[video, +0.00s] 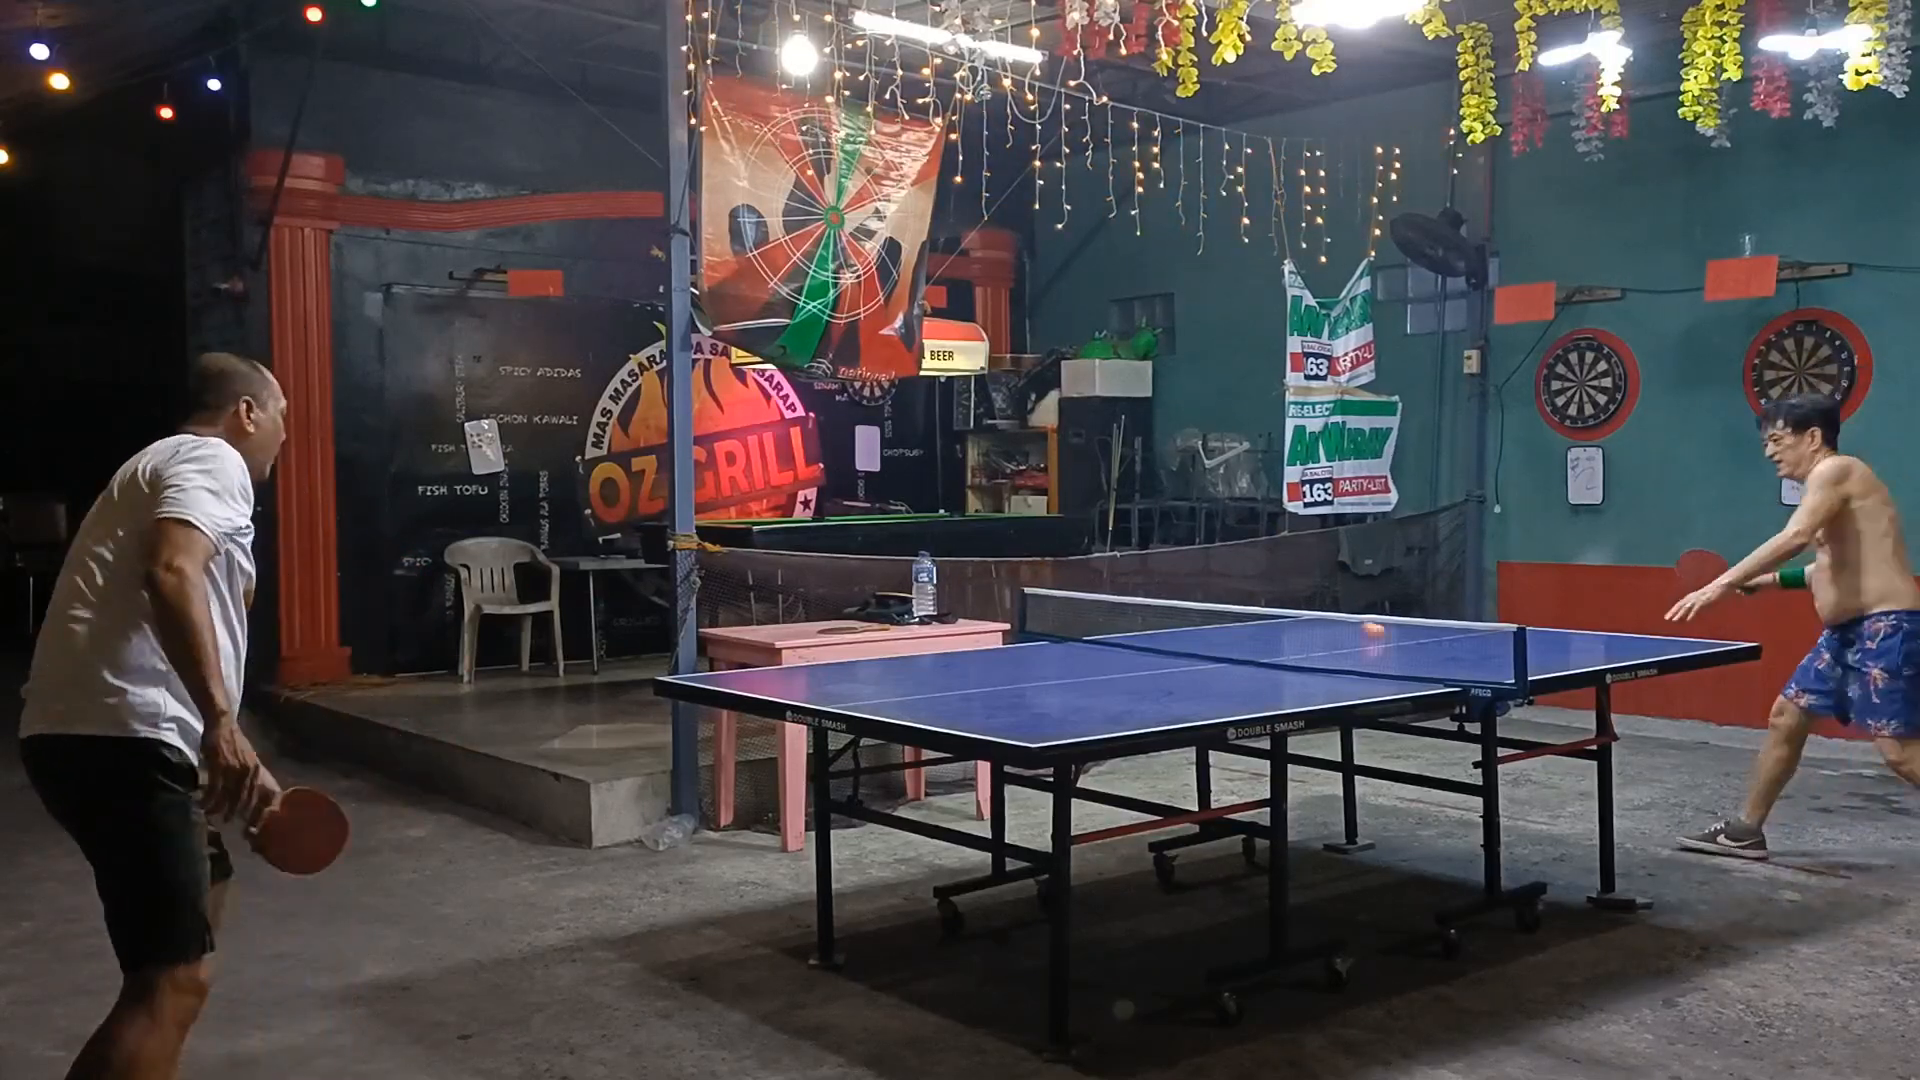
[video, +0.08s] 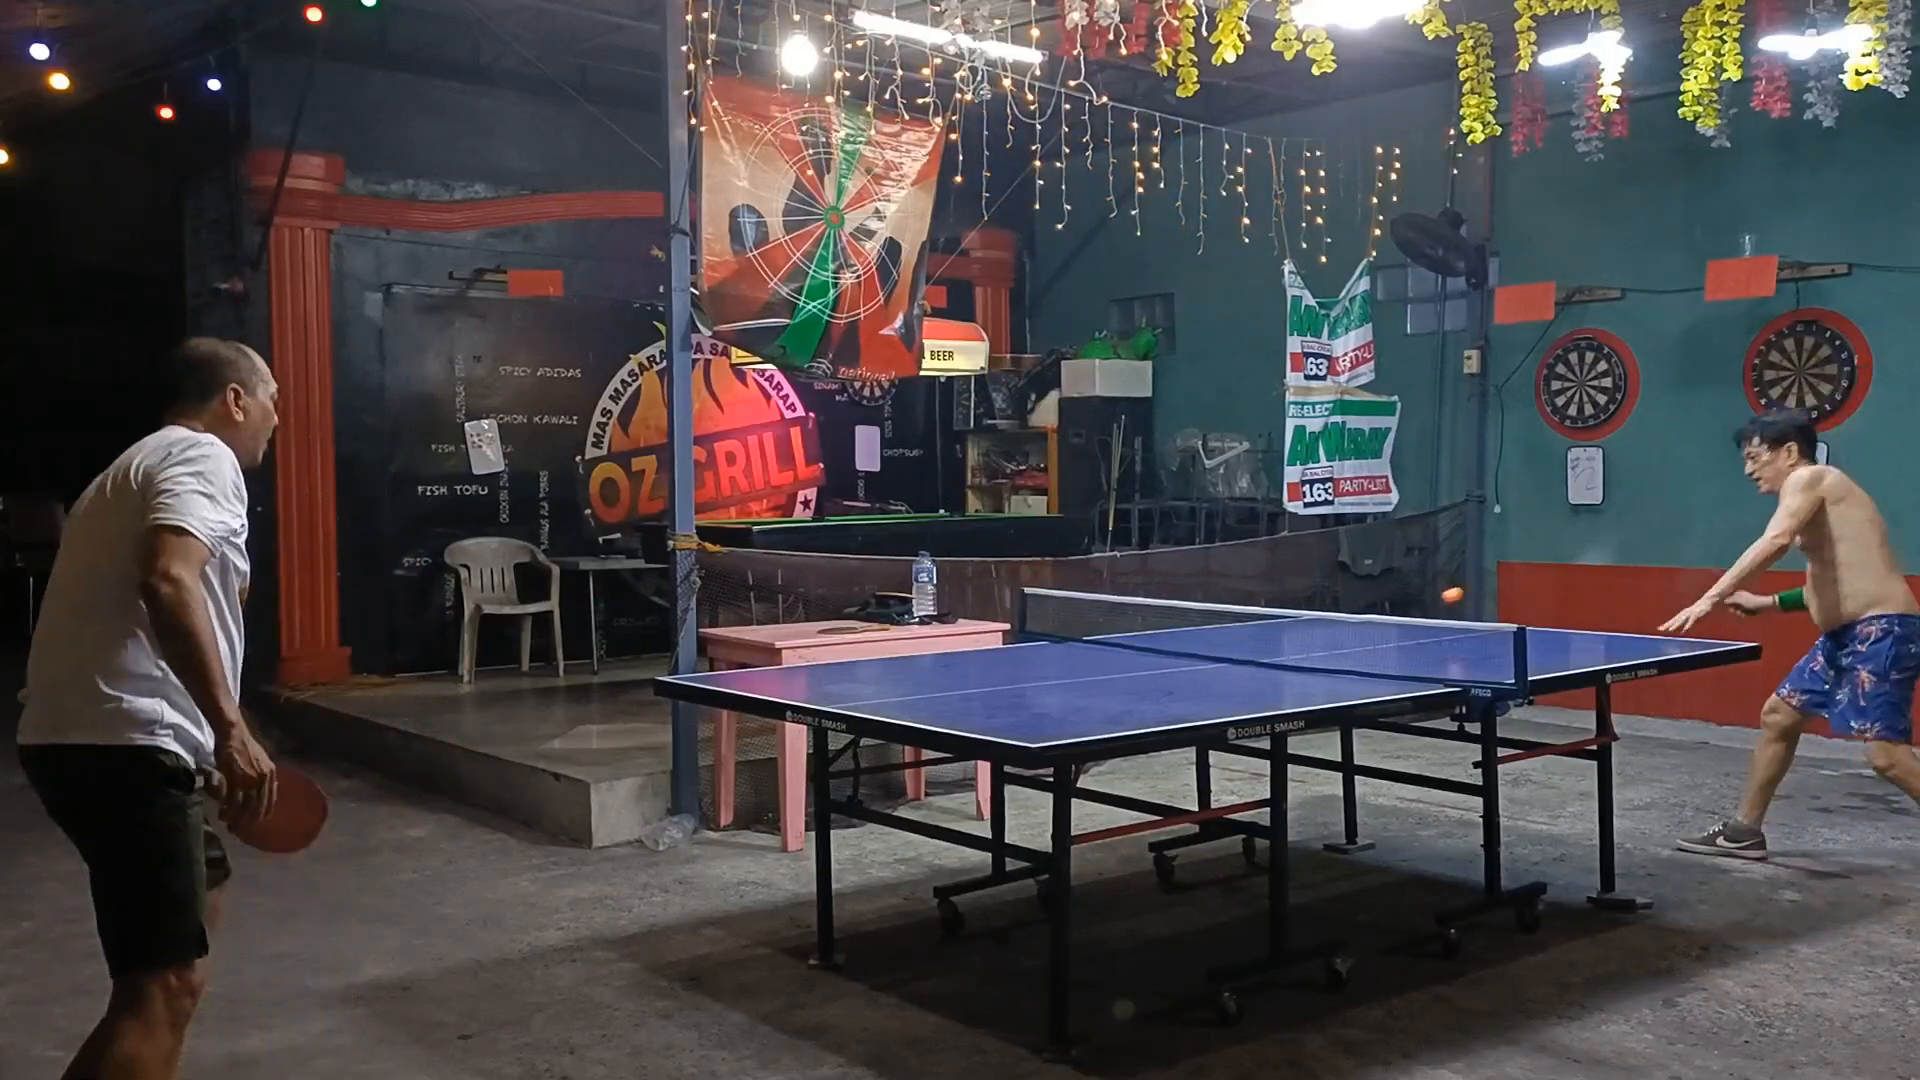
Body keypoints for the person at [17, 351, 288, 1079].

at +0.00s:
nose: (282, 439)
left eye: (283, 422)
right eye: (280, 420)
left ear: (210, 413)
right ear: (247, 413)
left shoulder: (151, 470)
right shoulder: (212, 460)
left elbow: (176, 658)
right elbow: (172, 572)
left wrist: (241, 770)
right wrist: (221, 721)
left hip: (78, 728)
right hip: (125, 732)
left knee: (173, 964)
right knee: (174, 981)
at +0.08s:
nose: (275, 421)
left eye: (276, 405)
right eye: (271, 404)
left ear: (194, 403)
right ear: (234, 402)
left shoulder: (131, 467)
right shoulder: (198, 455)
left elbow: (136, 641)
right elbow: (171, 581)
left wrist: (213, 760)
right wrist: (232, 725)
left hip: (77, 731)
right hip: (127, 737)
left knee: (205, 896)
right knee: (164, 988)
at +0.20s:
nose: (263, 376)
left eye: (266, 359)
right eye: (261, 358)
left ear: (185, 353)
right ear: (221, 352)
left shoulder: (114, 424)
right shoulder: (186, 414)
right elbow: (151, 552)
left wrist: (198, 716)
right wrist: (220, 692)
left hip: (56, 702)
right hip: (108, 707)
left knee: (133, 944)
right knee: (170, 950)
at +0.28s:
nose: (264, 363)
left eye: (265, 346)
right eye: (259, 344)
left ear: (189, 343)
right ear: (216, 343)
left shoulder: (123, 408)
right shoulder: (178, 405)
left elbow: (104, 577)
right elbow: (136, 547)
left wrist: (192, 701)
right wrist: (211, 681)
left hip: (55, 695)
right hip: (99, 701)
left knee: (125, 924)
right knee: (179, 939)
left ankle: (94, 1070)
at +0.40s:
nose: (261, 390)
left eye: (259, 372)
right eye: (252, 371)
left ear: (190, 382)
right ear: (201, 380)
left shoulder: (125, 456)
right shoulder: (152, 457)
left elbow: (125, 627)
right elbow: (110, 614)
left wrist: (200, 743)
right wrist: (208, 732)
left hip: (51, 756)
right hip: (77, 760)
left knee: (107, 963)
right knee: (174, 988)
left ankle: (68, 1075)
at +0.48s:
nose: (267, 412)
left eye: (263, 394)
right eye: (255, 393)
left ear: (195, 408)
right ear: (201, 407)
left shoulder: (136, 485)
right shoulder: (147, 485)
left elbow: (145, 672)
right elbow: (101, 653)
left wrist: (222, 770)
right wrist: (201, 773)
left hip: (57, 771)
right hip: (55, 776)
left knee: (116, 971)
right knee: (174, 992)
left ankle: (71, 1076)